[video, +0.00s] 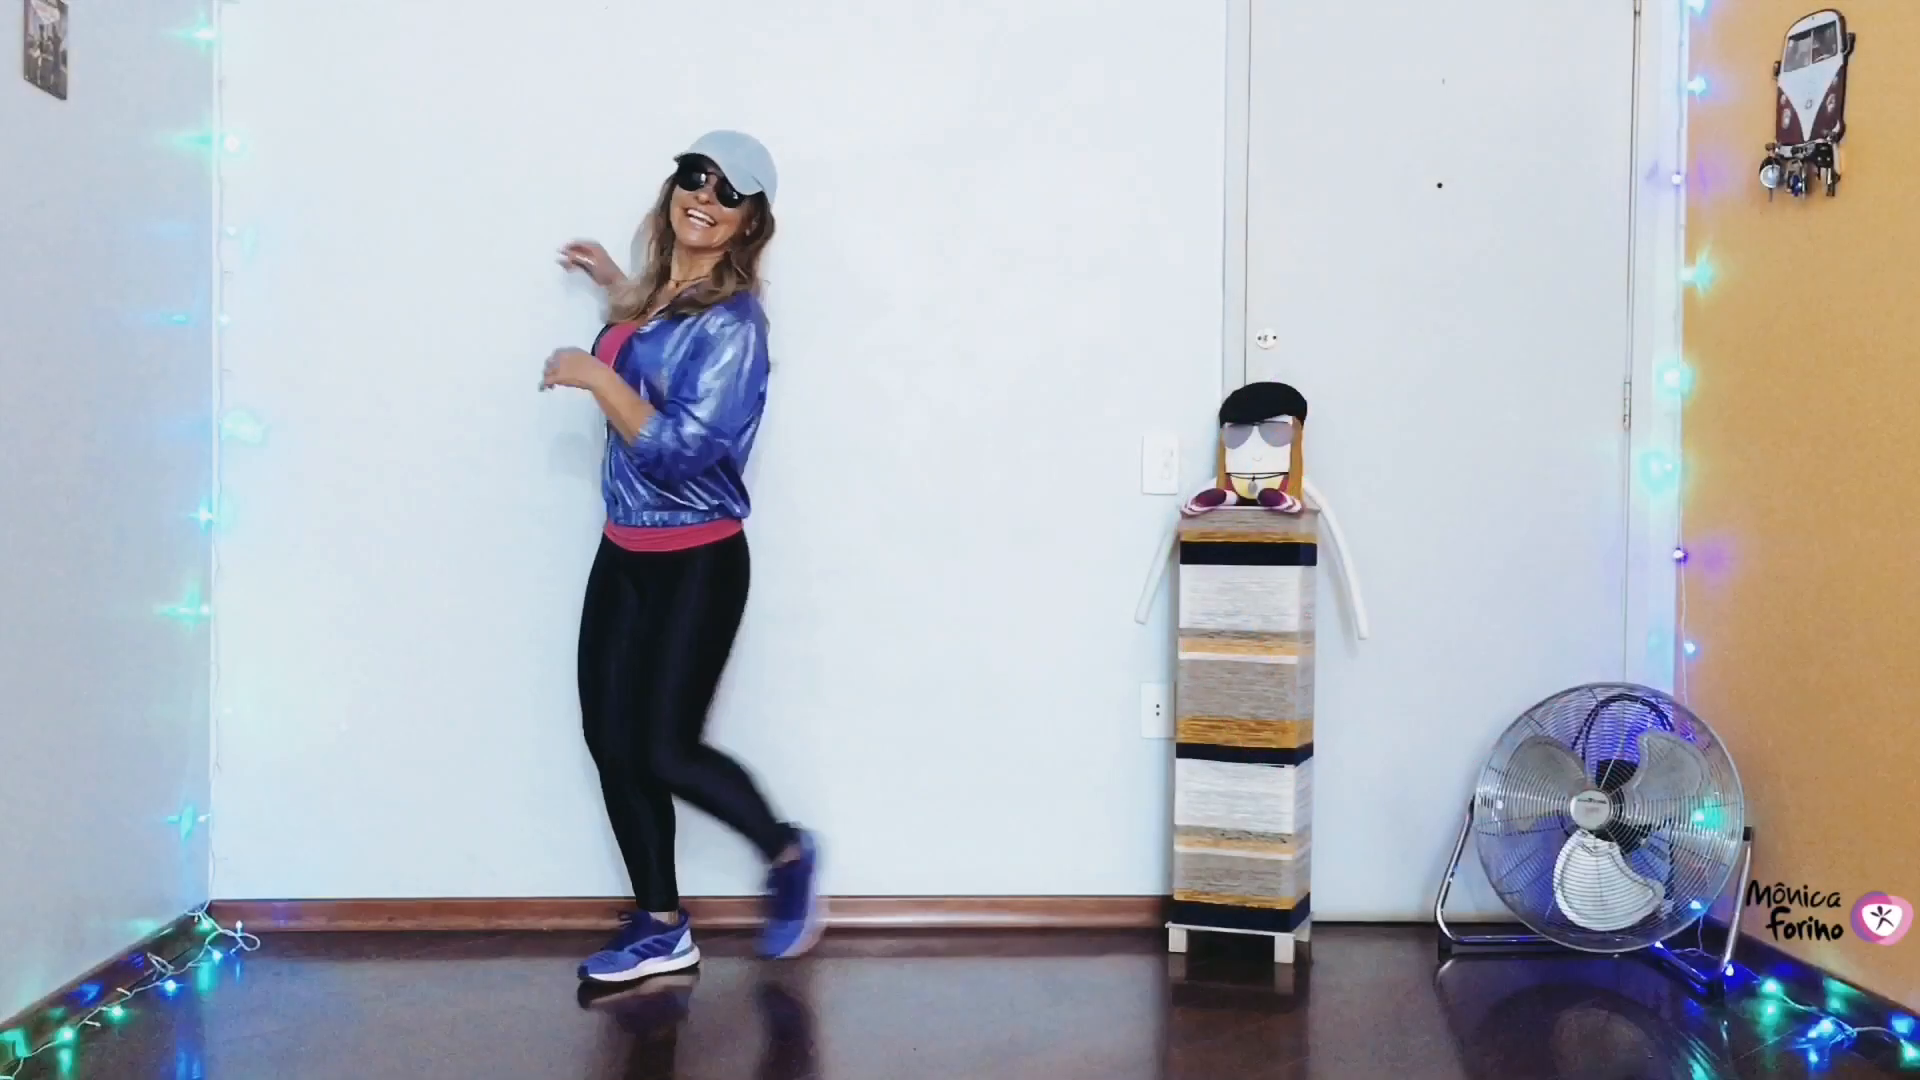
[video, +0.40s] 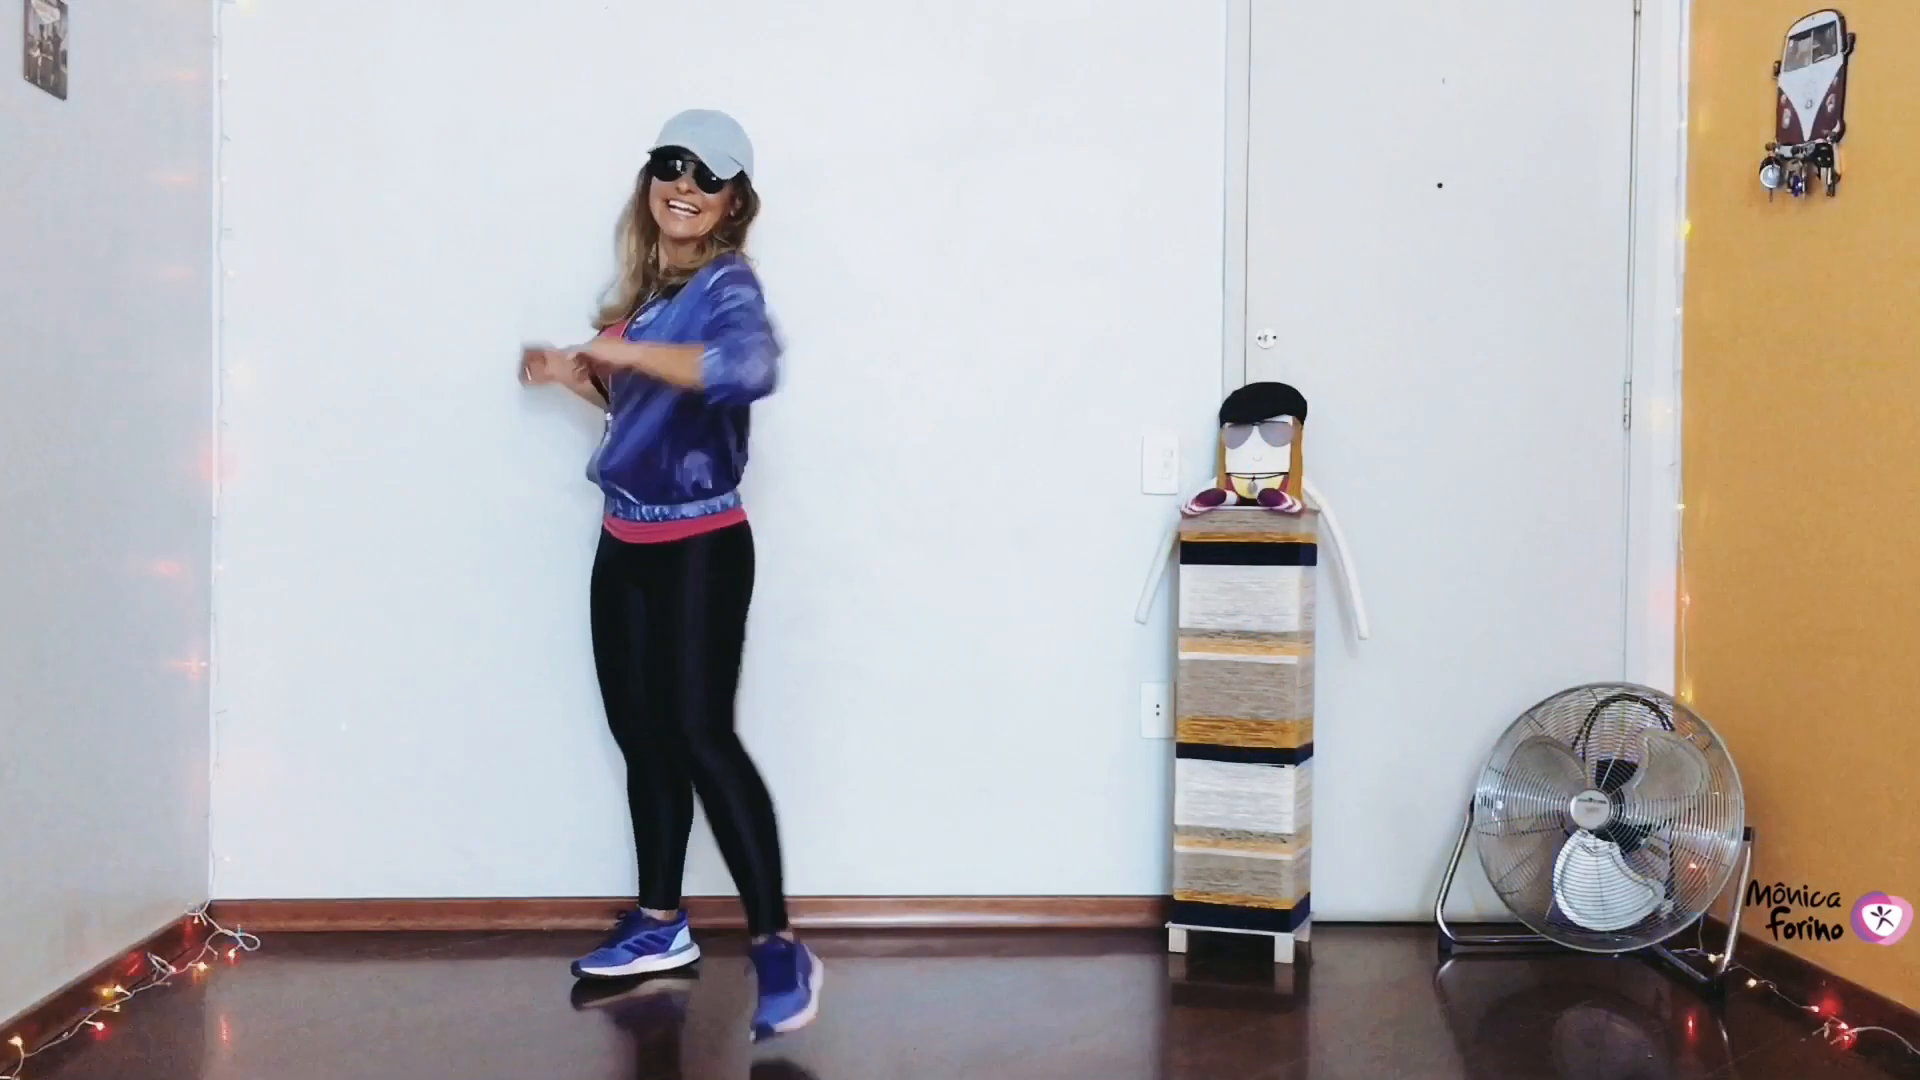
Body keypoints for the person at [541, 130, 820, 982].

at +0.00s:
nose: (704, 201)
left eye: (727, 198)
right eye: (694, 183)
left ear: (748, 225)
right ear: (671, 196)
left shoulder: (735, 325)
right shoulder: (658, 302)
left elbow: (683, 453)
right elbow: (645, 381)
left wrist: (600, 380)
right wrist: (618, 296)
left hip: (699, 563)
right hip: (626, 558)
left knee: (664, 748)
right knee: (612, 743)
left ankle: (787, 852)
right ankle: (662, 926)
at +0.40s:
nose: (683, 190)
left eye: (706, 179)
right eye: (670, 172)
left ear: (733, 200)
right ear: (647, 186)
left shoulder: (729, 286)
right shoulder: (639, 296)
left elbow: (754, 369)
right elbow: (641, 419)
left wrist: (633, 354)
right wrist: (582, 379)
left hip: (703, 547)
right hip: (627, 546)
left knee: (703, 734)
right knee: (643, 734)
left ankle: (776, 948)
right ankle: (661, 922)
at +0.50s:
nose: (687, 191)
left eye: (708, 178)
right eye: (671, 173)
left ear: (739, 195)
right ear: (649, 188)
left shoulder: (754, 276)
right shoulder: (648, 293)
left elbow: (835, 329)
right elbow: (623, 397)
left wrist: (708, 323)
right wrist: (548, 345)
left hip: (722, 559)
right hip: (640, 555)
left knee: (726, 750)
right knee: (635, 736)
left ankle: (791, 975)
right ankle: (657, 921)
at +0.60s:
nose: (692, 187)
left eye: (713, 173)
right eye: (675, 170)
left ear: (739, 190)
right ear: (650, 186)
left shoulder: (776, 270)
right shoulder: (654, 306)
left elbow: (904, 314)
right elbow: (606, 412)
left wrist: (815, 292)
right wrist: (517, 355)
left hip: (770, 562)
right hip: (683, 562)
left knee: (757, 770)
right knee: (579, 721)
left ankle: (799, 994)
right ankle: (634, 894)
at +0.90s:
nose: (715, 195)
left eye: (735, 178)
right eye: (694, 178)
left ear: (765, 193)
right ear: (669, 195)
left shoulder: (825, 291)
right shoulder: (640, 315)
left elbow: (923, 333)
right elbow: (633, 465)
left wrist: (948, 278)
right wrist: (584, 447)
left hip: (808, 572)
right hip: (698, 576)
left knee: (801, 783)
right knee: (620, 745)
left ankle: (803, 999)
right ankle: (687, 925)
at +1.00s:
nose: (712, 185)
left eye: (730, 166)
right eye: (691, 171)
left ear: (762, 176)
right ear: (670, 188)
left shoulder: (801, 277)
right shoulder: (646, 293)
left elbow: (866, 300)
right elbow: (638, 411)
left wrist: (921, 249)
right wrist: (657, 446)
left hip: (789, 564)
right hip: (680, 570)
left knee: (807, 779)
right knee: (685, 782)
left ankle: (809, 992)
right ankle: (680, 975)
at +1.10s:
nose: (718, 169)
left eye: (734, 148)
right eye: (694, 156)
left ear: (765, 155)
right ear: (673, 177)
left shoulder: (786, 250)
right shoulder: (680, 271)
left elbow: (837, 235)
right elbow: (674, 416)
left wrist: (904, 184)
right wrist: (766, 448)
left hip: (755, 541)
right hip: (665, 547)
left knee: (798, 753)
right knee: (695, 763)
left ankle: (840, 962)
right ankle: (677, 979)